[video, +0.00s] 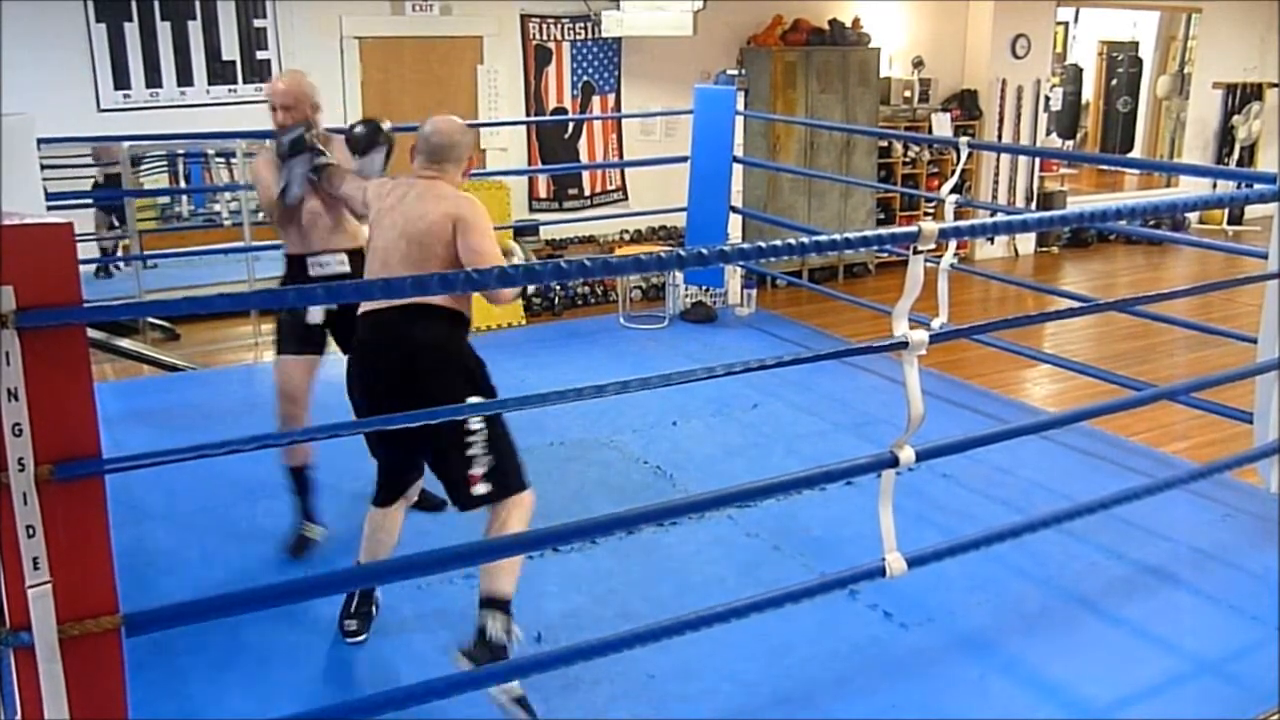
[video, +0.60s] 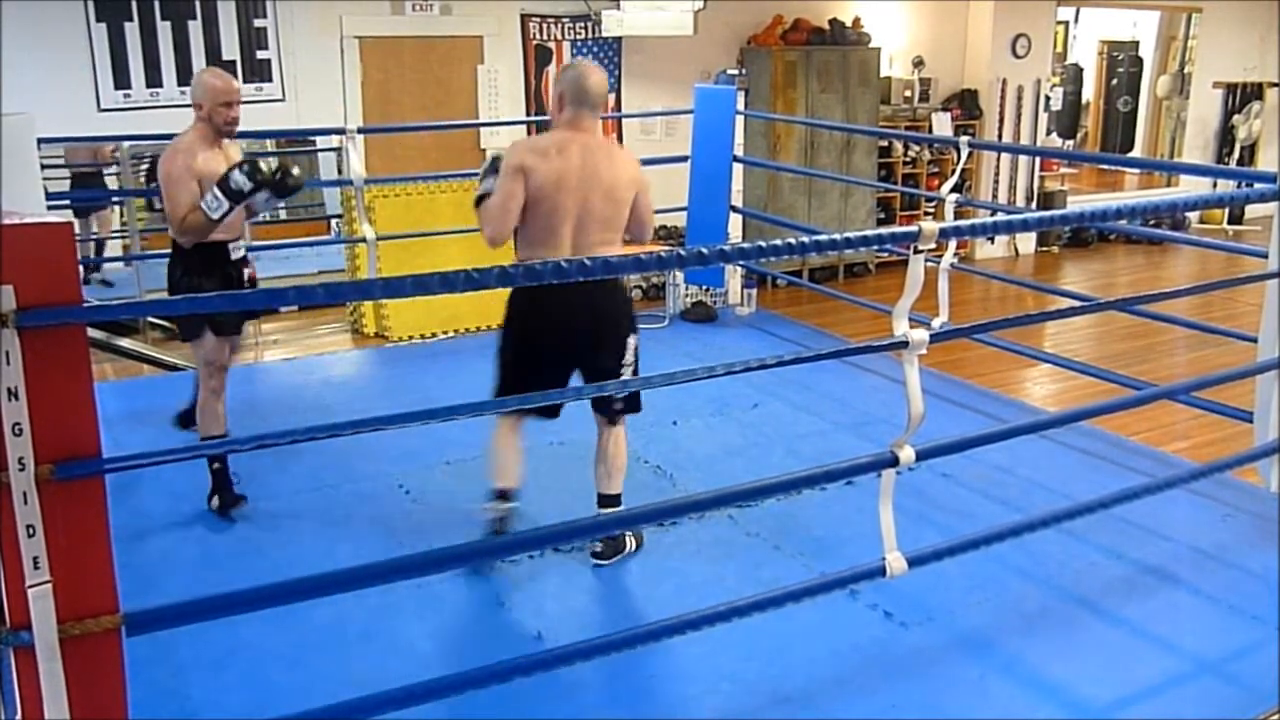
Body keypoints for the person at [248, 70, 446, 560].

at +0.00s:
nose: (279, 117)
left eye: (287, 109)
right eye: (273, 109)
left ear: (311, 108)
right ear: (268, 110)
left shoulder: (344, 146)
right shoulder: (266, 158)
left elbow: (365, 210)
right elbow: (279, 216)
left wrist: (364, 165)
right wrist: (293, 167)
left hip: (354, 271)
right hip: (301, 276)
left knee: (383, 377)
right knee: (290, 396)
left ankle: (407, 479)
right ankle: (307, 516)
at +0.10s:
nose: (257, 114)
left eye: (266, 103)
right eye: (249, 106)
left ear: (287, 105)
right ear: (242, 111)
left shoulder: (314, 148)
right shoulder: (241, 156)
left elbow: (349, 195)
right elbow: (273, 184)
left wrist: (368, 162)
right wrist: (304, 141)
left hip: (331, 269)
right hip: (280, 277)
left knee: (371, 381)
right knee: (265, 403)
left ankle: (403, 479)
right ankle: (244, 495)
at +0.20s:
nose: (241, 123)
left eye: (248, 114)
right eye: (232, 116)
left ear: (264, 112)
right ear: (220, 119)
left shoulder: (292, 157)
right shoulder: (215, 165)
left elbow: (331, 206)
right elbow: (251, 196)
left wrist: (370, 190)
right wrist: (269, 138)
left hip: (300, 275)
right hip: (250, 284)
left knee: (350, 383)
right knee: (248, 407)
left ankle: (399, 478)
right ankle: (227, 492)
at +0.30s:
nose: (241, 120)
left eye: (247, 111)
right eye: (231, 113)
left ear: (255, 106)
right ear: (209, 112)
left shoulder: (270, 156)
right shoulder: (197, 160)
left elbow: (306, 209)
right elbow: (214, 209)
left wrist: (352, 193)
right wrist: (233, 160)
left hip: (276, 269)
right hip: (229, 276)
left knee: (327, 370)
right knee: (235, 394)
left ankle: (373, 467)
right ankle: (225, 491)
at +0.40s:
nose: (241, 104)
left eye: (245, 94)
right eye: (230, 96)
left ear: (249, 94)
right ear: (207, 99)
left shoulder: (252, 142)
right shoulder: (188, 146)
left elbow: (276, 202)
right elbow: (198, 216)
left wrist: (316, 183)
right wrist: (222, 171)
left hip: (257, 254)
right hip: (213, 261)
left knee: (305, 348)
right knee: (227, 378)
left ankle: (307, 445)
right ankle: (225, 487)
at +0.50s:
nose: (238, 106)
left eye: (241, 96)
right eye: (229, 98)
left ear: (242, 96)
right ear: (202, 100)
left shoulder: (239, 143)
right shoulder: (179, 150)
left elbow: (253, 206)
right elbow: (188, 224)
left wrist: (286, 183)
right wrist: (224, 183)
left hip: (244, 253)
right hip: (202, 262)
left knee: (273, 343)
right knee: (217, 374)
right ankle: (222, 484)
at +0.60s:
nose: (235, 114)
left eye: (237, 105)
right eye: (225, 107)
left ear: (238, 103)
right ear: (199, 108)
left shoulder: (230, 147)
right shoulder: (177, 158)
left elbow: (239, 211)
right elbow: (184, 230)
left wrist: (269, 194)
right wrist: (222, 197)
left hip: (233, 259)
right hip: (197, 266)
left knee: (224, 350)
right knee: (214, 375)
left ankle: (197, 410)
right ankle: (221, 483)